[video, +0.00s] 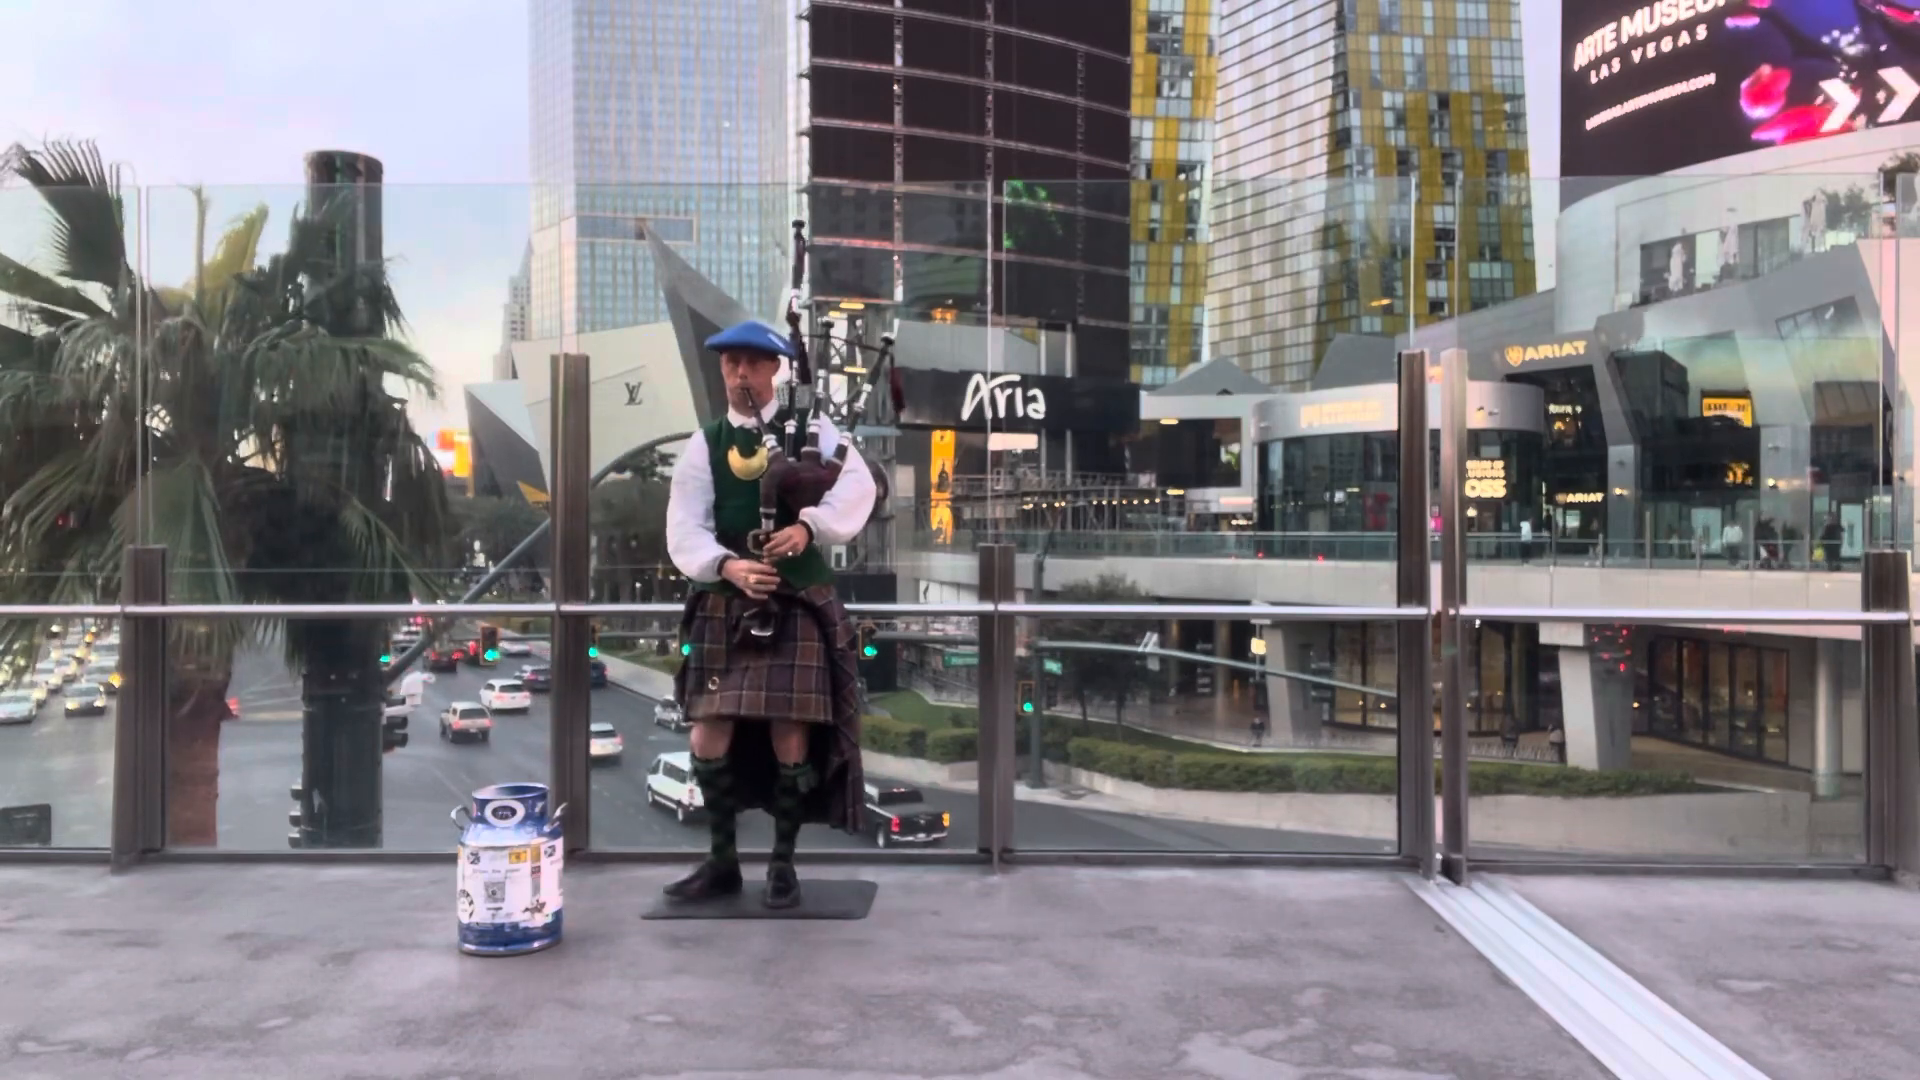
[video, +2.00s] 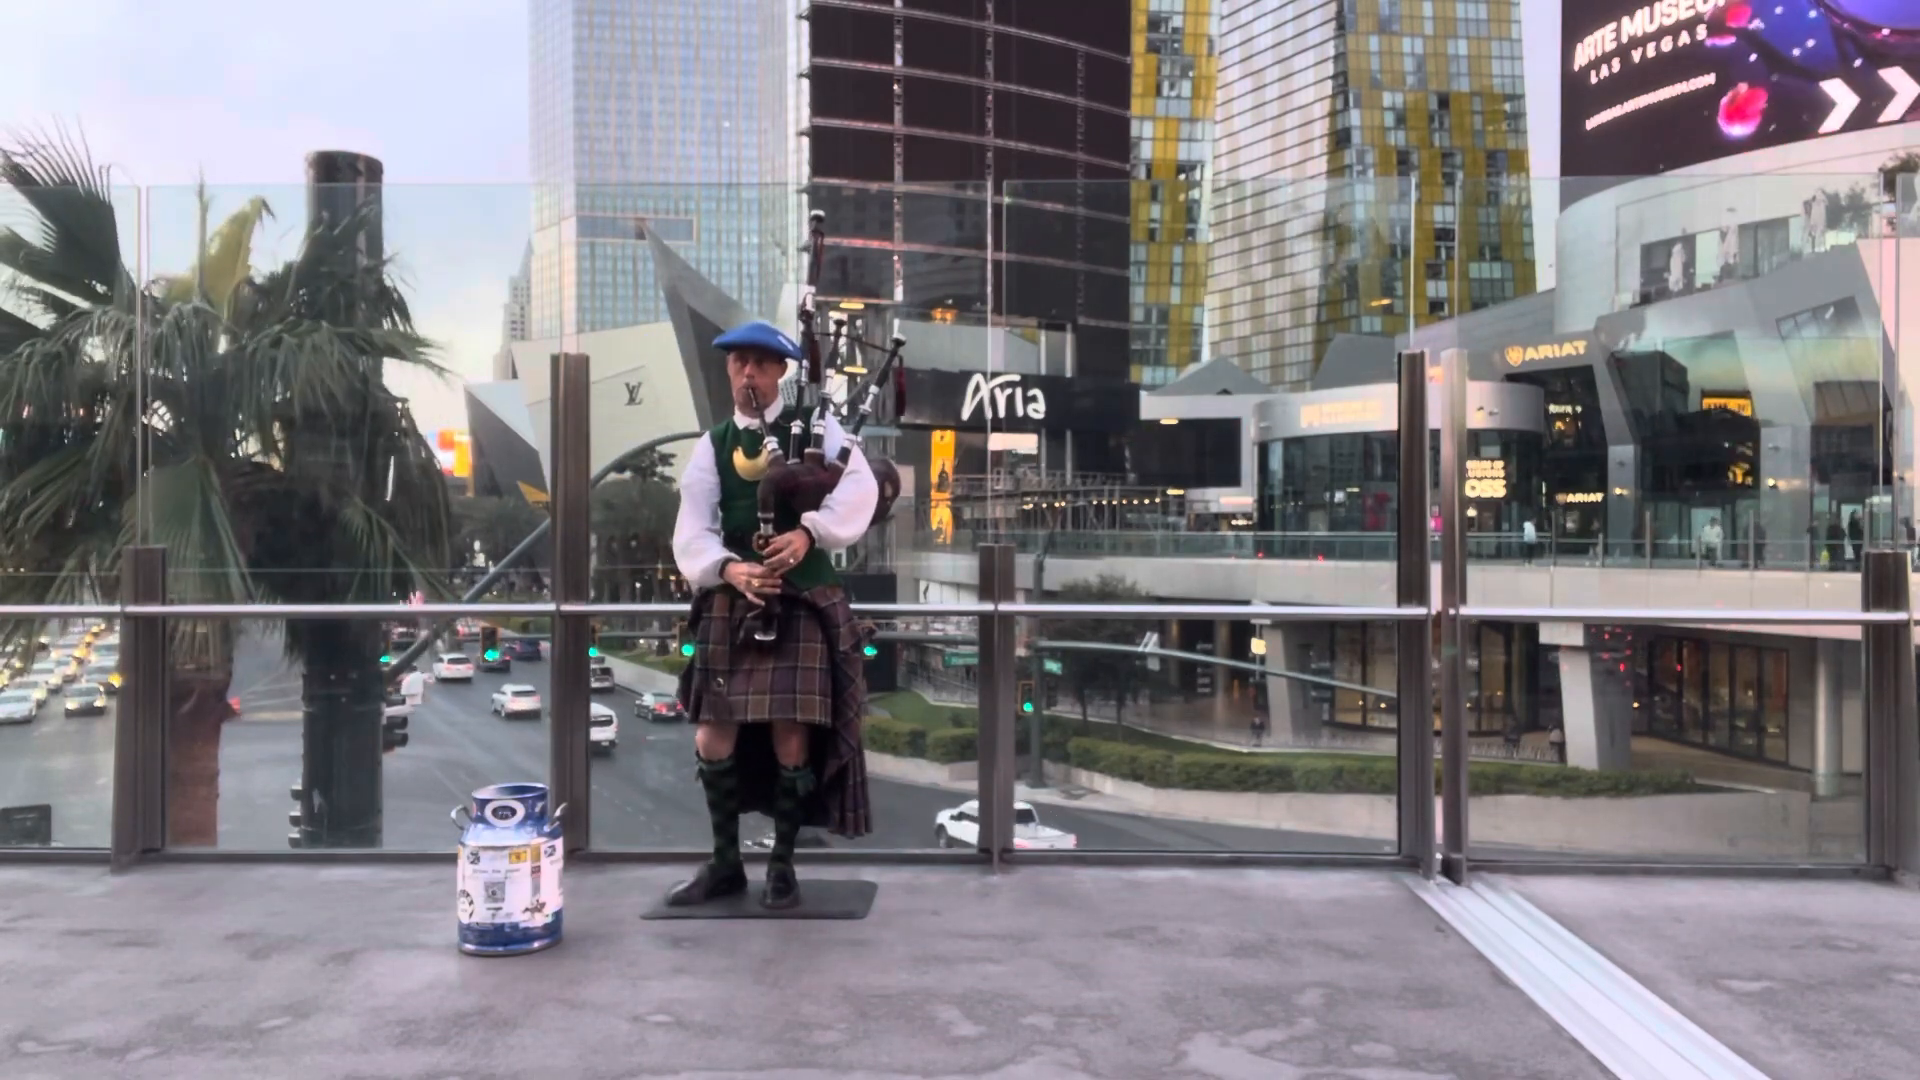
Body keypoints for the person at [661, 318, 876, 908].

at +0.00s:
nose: (742, 374)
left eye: (755, 362)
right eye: (733, 362)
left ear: (780, 370)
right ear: (721, 371)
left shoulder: (814, 430)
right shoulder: (704, 444)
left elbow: (860, 485)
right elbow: (684, 531)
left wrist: (811, 526)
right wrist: (726, 565)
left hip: (798, 597)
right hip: (725, 596)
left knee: (788, 728)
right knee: (708, 729)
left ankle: (781, 863)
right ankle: (722, 861)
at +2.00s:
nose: (747, 374)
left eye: (760, 363)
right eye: (739, 362)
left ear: (784, 371)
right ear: (727, 371)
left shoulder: (819, 428)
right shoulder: (712, 445)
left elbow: (861, 487)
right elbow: (691, 530)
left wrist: (811, 532)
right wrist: (727, 567)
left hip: (802, 596)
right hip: (730, 594)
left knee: (789, 728)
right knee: (713, 730)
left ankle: (781, 863)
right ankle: (725, 862)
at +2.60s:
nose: (749, 374)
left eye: (761, 363)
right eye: (740, 363)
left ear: (785, 371)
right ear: (728, 372)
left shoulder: (819, 428)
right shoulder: (713, 444)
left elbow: (863, 487)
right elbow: (694, 530)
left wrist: (813, 531)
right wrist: (731, 567)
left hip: (803, 597)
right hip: (731, 595)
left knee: (790, 732)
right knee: (711, 734)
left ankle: (781, 865)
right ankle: (729, 861)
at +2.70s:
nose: (748, 374)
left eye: (761, 363)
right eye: (740, 363)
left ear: (785, 371)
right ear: (728, 371)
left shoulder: (819, 428)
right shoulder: (713, 444)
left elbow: (863, 489)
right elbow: (694, 530)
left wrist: (814, 532)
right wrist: (730, 567)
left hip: (803, 597)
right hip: (730, 595)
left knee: (791, 731)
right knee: (712, 733)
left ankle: (781, 865)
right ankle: (729, 862)